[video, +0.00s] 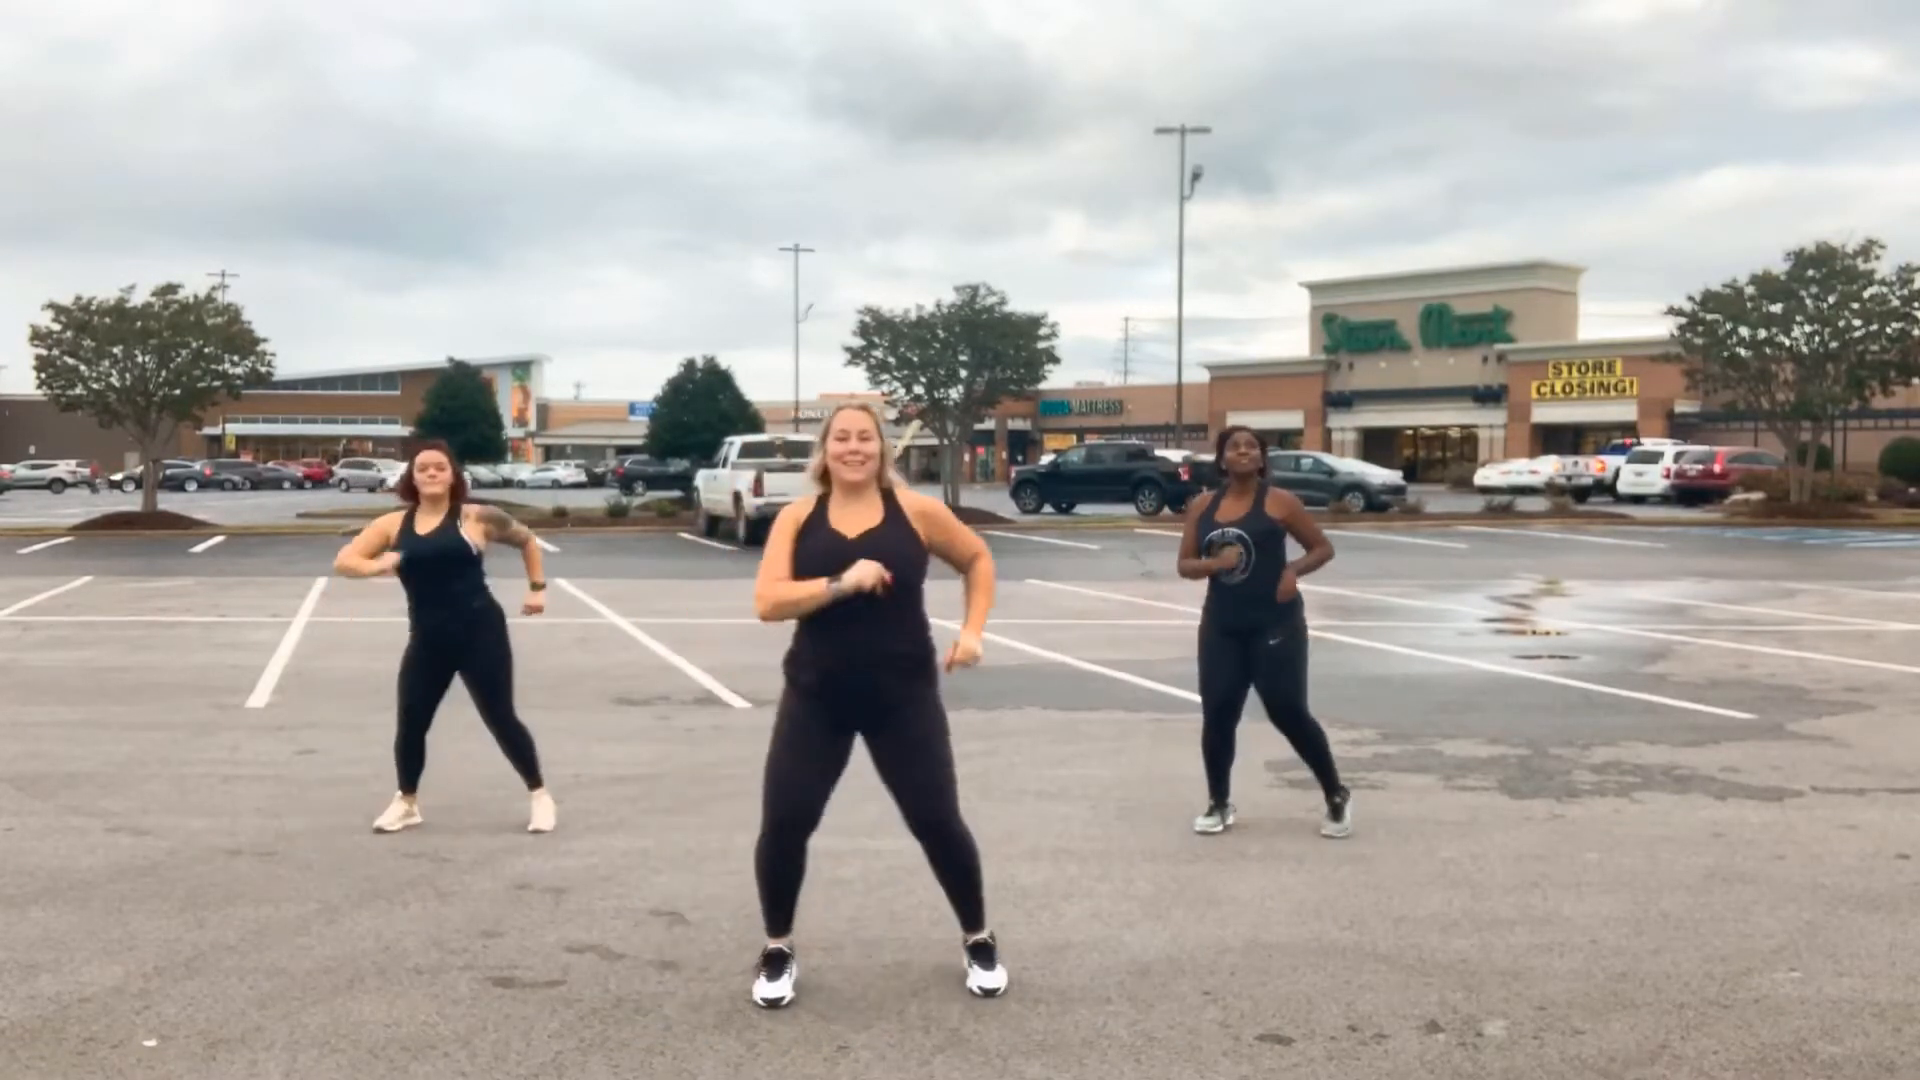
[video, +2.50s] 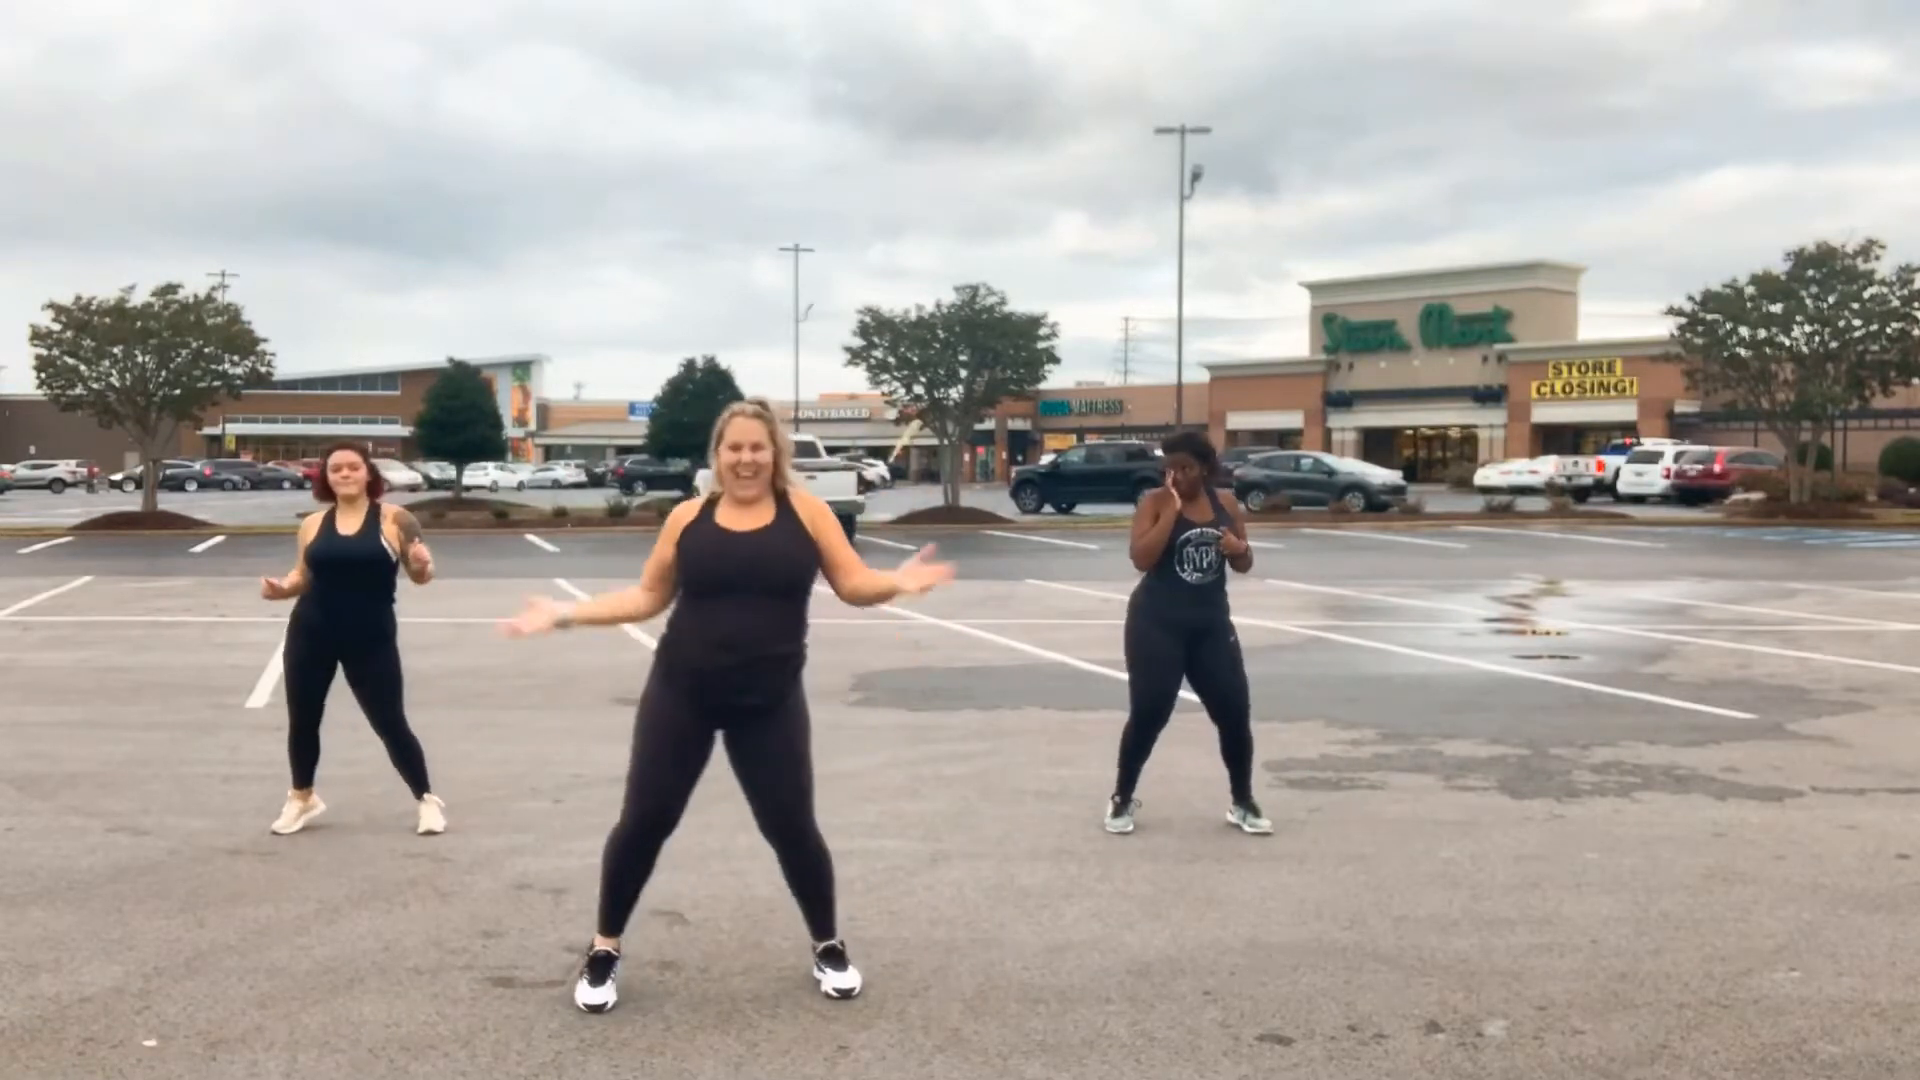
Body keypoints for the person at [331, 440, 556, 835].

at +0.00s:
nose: (432, 474)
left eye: (439, 467)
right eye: (424, 468)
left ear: (454, 475)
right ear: (412, 478)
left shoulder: (477, 518)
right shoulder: (394, 523)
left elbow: (527, 541)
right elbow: (343, 560)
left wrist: (536, 588)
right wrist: (376, 565)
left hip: (480, 635)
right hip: (428, 640)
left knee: (500, 719)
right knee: (409, 725)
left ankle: (539, 794)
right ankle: (406, 801)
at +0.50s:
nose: (415, 471)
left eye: (423, 464)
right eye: (407, 465)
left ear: (438, 472)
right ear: (396, 475)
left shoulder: (457, 518)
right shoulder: (375, 521)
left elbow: (471, 556)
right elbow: (333, 562)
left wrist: (436, 525)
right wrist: (351, 587)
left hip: (453, 636)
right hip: (397, 639)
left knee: (467, 712)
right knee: (402, 724)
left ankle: (499, 788)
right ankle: (406, 801)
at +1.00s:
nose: (395, 478)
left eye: (402, 471)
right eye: (387, 472)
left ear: (418, 478)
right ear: (376, 481)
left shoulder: (440, 525)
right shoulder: (359, 531)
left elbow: (475, 575)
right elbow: (341, 586)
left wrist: (493, 624)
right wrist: (345, 590)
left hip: (431, 643)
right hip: (380, 644)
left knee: (423, 724)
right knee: (340, 715)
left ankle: (429, 801)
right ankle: (370, 790)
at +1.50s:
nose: (359, 477)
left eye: (367, 471)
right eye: (351, 472)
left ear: (382, 479)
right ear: (341, 482)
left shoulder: (406, 525)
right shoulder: (326, 530)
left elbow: (437, 573)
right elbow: (306, 585)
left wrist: (425, 601)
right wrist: (293, 581)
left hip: (379, 642)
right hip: (322, 639)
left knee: (397, 725)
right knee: (310, 720)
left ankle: (426, 799)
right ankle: (303, 797)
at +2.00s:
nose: (378, 474)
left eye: (386, 468)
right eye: (370, 469)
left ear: (401, 476)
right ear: (359, 479)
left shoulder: (423, 522)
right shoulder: (343, 525)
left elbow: (452, 562)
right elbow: (334, 574)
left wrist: (450, 579)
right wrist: (319, 593)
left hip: (422, 637)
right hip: (370, 641)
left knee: (420, 722)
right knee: (333, 720)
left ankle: (431, 800)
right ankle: (308, 797)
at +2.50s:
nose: (346, 474)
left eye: (354, 467)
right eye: (337, 469)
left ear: (368, 475)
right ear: (327, 479)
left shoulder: (393, 519)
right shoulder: (312, 524)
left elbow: (420, 576)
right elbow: (305, 575)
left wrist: (421, 566)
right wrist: (283, 588)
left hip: (369, 638)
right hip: (312, 636)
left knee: (390, 724)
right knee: (302, 721)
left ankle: (426, 800)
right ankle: (302, 797)